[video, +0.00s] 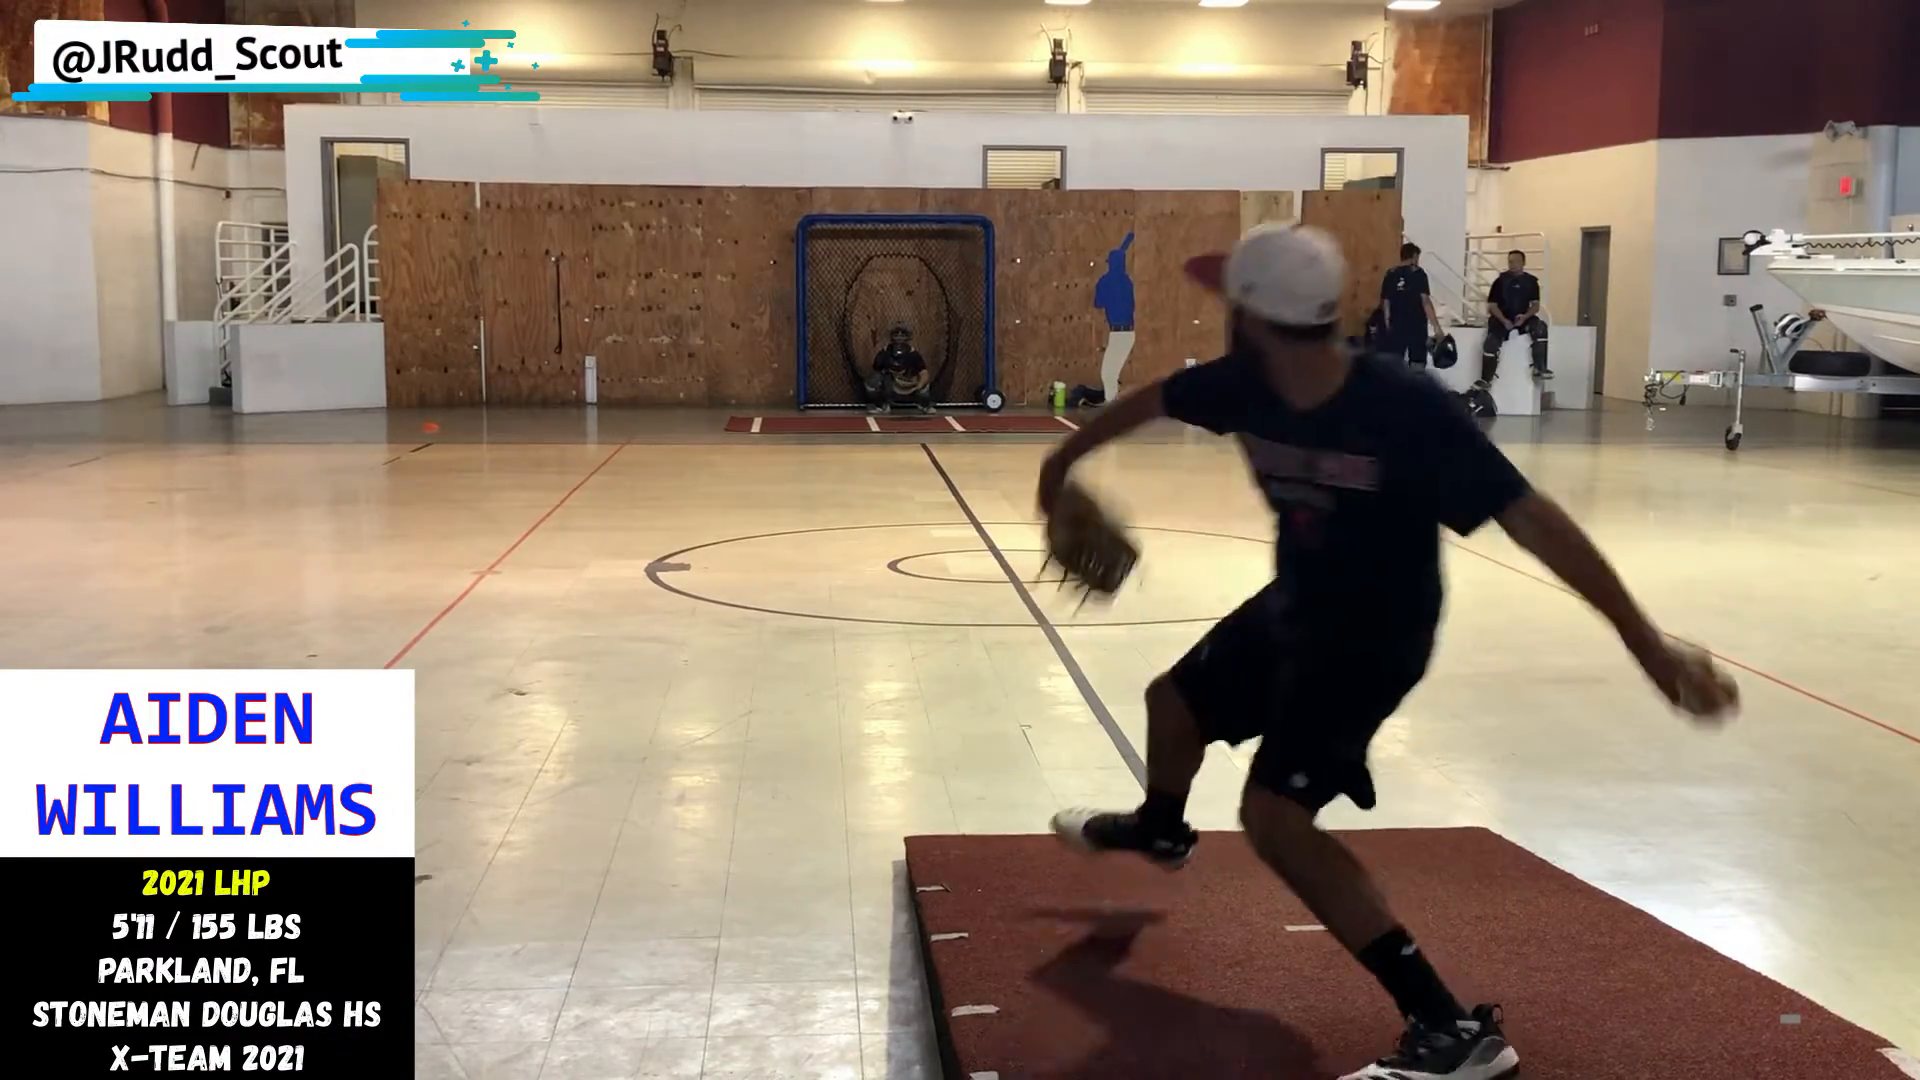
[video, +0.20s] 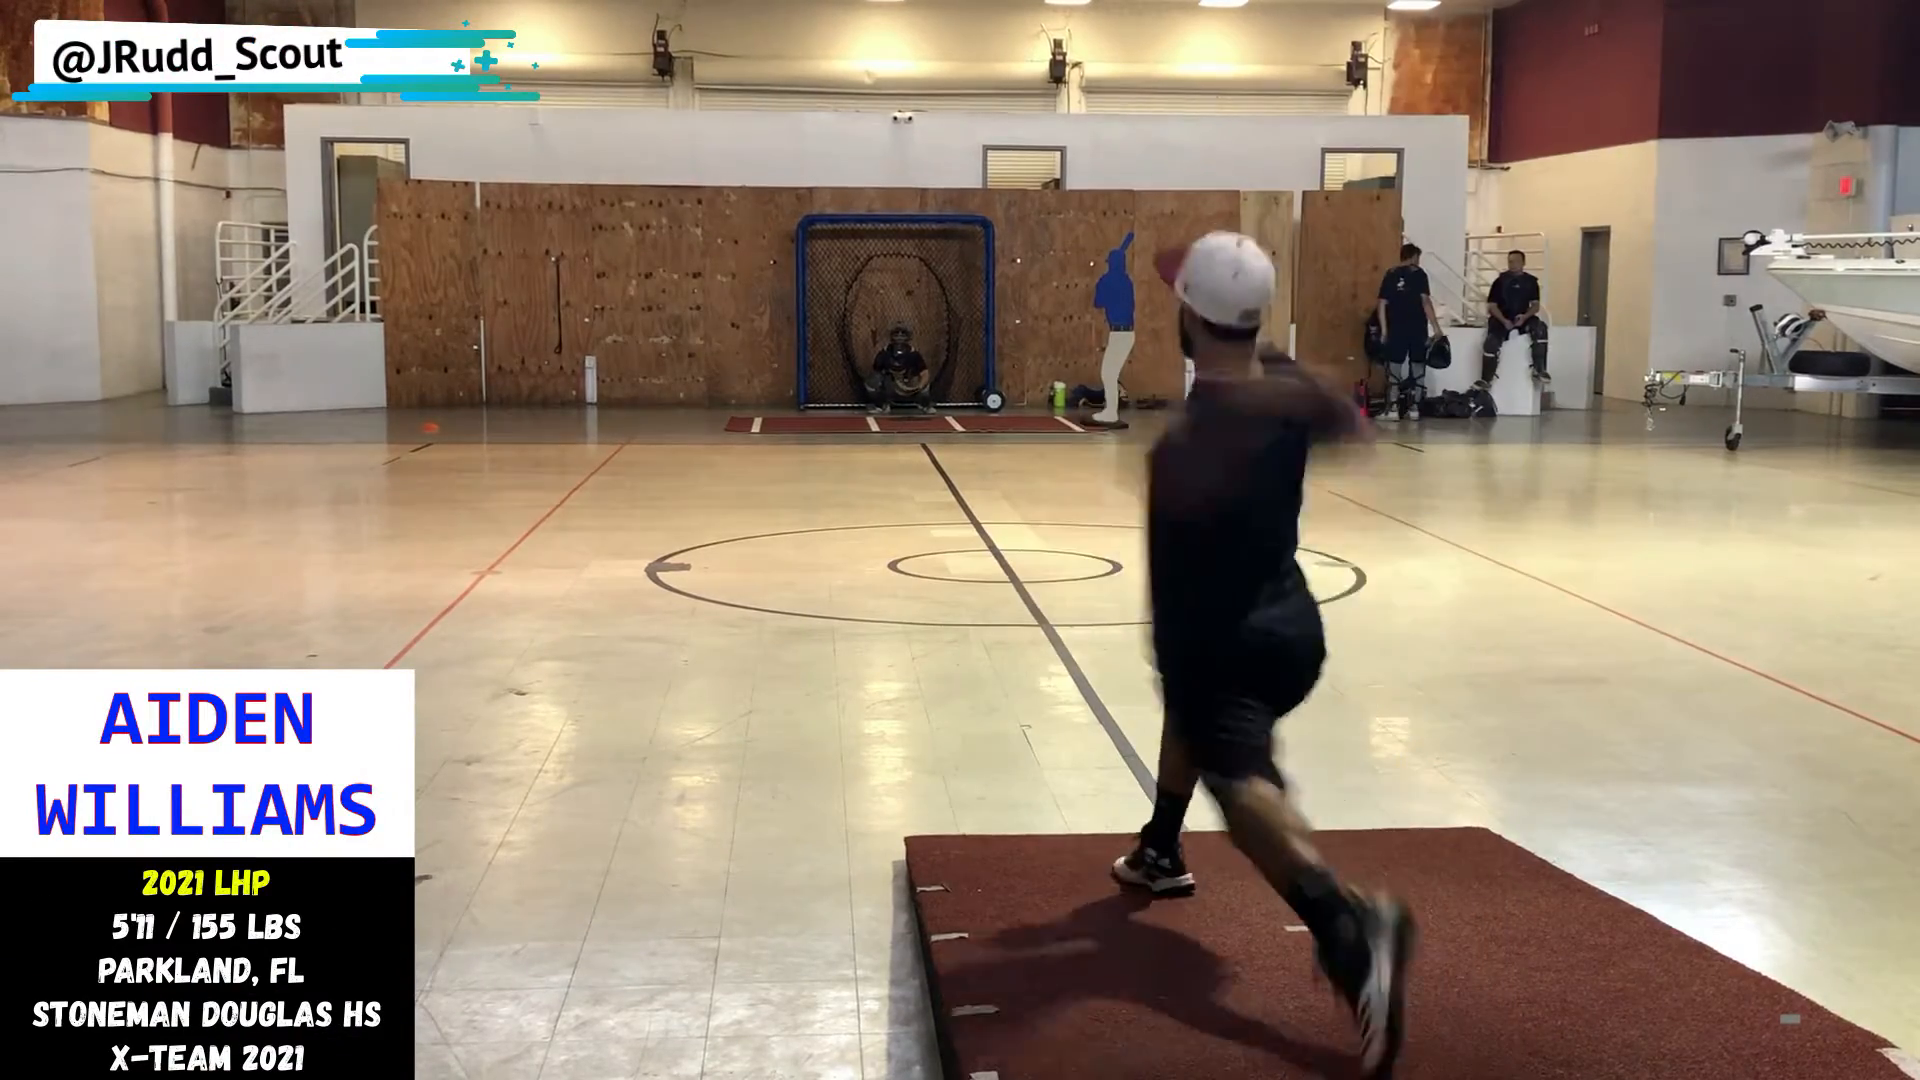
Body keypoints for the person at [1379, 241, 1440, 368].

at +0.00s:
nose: (1418, 260)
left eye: (1418, 257)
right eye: (1417, 257)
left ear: (1402, 256)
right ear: (1414, 256)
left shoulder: (1391, 273)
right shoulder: (1418, 273)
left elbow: (1386, 302)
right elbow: (1425, 300)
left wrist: (1387, 324)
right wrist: (1436, 327)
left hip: (1396, 327)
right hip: (1416, 328)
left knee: (1394, 366)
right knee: (1417, 368)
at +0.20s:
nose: (1419, 261)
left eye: (1418, 258)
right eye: (1418, 258)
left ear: (1401, 257)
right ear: (1414, 257)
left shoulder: (1391, 274)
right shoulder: (1419, 274)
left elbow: (1381, 304)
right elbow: (1425, 301)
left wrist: (1383, 331)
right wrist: (1437, 328)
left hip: (1396, 331)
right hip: (1417, 331)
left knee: (1394, 370)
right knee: (1418, 369)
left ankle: (1393, 409)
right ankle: (1414, 409)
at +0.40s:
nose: (1417, 261)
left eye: (1416, 258)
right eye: (1416, 258)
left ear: (1400, 257)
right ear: (1413, 257)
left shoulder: (1390, 274)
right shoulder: (1419, 273)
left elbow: (1382, 303)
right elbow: (1425, 301)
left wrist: (1380, 328)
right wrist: (1435, 328)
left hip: (1396, 330)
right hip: (1417, 330)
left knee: (1394, 369)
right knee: (1417, 368)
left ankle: (1393, 409)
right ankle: (1414, 408)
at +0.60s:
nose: (1415, 261)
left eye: (1415, 259)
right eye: (1415, 258)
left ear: (1399, 257)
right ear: (1412, 258)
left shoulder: (1389, 274)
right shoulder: (1417, 273)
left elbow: (1382, 304)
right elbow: (1424, 301)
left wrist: (1384, 328)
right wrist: (1434, 327)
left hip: (1396, 330)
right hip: (1417, 330)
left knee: (1394, 369)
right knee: (1417, 368)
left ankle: (1393, 410)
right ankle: (1414, 408)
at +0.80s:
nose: (1401, 266)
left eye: (1399, 263)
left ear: (1395, 262)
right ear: (1411, 262)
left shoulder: (1389, 277)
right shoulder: (1417, 273)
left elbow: (1384, 307)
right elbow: (1425, 301)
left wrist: (1387, 327)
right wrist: (1436, 326)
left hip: (1397, 330)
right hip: (1417, 330)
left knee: (1393, 370)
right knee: (1417, 370)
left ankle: (1392, 410)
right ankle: (1413, 408)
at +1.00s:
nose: (1393, 272)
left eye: (1393, 270)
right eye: (1396, 270)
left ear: (1394, 268)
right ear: (1410, 265)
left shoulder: (1390, 282)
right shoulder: (1419, 275)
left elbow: (1386, 309)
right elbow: (1428, 297)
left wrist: (1388, 329)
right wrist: (1440, 323)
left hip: (1398, 330)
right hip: (1419, 329)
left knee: (1393, 369)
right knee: (1418, 369)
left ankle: (1392, 408)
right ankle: (1414, 408)